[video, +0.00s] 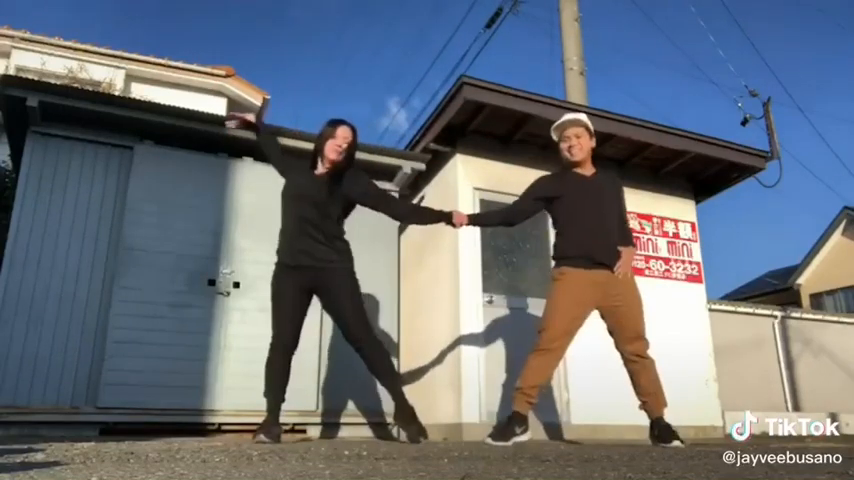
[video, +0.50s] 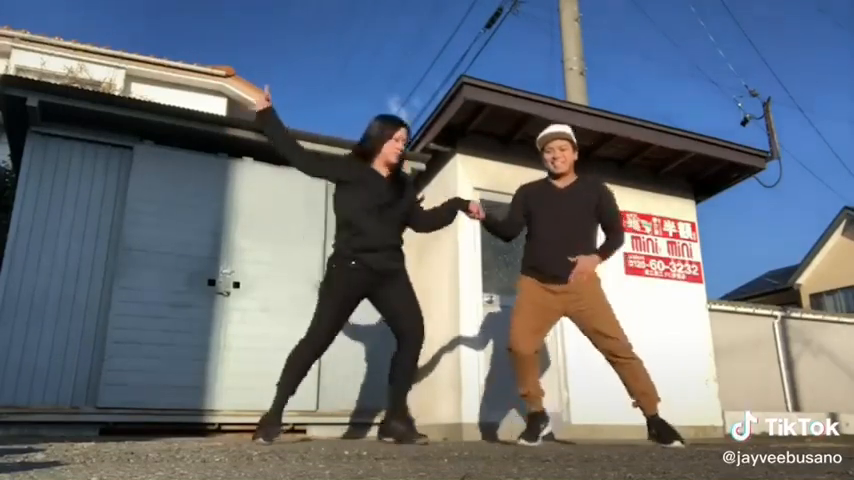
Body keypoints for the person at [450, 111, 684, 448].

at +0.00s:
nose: (572, 144)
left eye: (578, 137)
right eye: (565, 140)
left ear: (592, 140)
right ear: (560, 147)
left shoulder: (611, 182)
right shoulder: (551, 184)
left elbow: (621, 221)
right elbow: (513, 214)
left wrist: (628, 247)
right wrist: (468, 219)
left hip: (617, 279)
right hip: (573, 278)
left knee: (636, 349)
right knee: (549, 345)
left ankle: (659, 423)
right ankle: (518, 418)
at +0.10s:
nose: (578, 146)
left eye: (584, 139)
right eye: (571, 142)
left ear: (597, 143)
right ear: (565, 149)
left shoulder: (613, 184)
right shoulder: (556, 183)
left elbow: (619, 222)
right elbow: (514, 211)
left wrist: (630, 247)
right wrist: (471, 213)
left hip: (621, 280)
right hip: (577, 278)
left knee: (636, 350)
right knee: (551, 344)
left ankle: (658, 424)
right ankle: (518, 416)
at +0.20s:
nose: (579, 148)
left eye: (585, 141)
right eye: (573, 144)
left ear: (598, 145)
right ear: (566, 151)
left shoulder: (615, 187)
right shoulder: (557, 184)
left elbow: (622, 225)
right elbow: (518, 212)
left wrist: (629, 250)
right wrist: (473, 211)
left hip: (618, 281)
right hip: (575, 278)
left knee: (634, 350)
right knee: (549, 345)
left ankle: (658, 424)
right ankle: (516, 416)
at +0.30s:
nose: (578, 149)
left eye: (584, 142)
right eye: (571, 145)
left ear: (597, 146)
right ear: (564, 152)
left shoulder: (618, 189)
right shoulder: (554, 186)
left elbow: (630, 233)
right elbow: (521, 217)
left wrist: (629, 254)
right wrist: (481, 209)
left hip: (613, 282)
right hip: (568, 280)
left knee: (633, 350)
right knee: (544, 344)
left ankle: (657, 423)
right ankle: (516, 417)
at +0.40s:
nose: (570, 151)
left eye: (576, 145)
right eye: (564, 148)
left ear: (589, 149)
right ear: (557, 154)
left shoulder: (613, 188)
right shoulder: (544, 190)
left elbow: (632, 230)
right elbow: (519, 221)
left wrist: (620, 257)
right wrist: (486, 208)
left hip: (601, 285)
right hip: (553, 283)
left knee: (629, 350)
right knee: (532, 340)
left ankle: (657, 424)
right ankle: (526, 419)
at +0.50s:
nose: (555, 156)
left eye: (562, 150)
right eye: (549, 151)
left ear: (574, 153)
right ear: (543, 157)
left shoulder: (596, 191)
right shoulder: (528, 193)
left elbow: (616, 236)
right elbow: (507, 232)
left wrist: (596, 258)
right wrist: (485, 216)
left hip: (582, 287)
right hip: (536, 288)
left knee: (617, 347)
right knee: (521, 346)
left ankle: (654, 419)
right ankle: (536, 417)